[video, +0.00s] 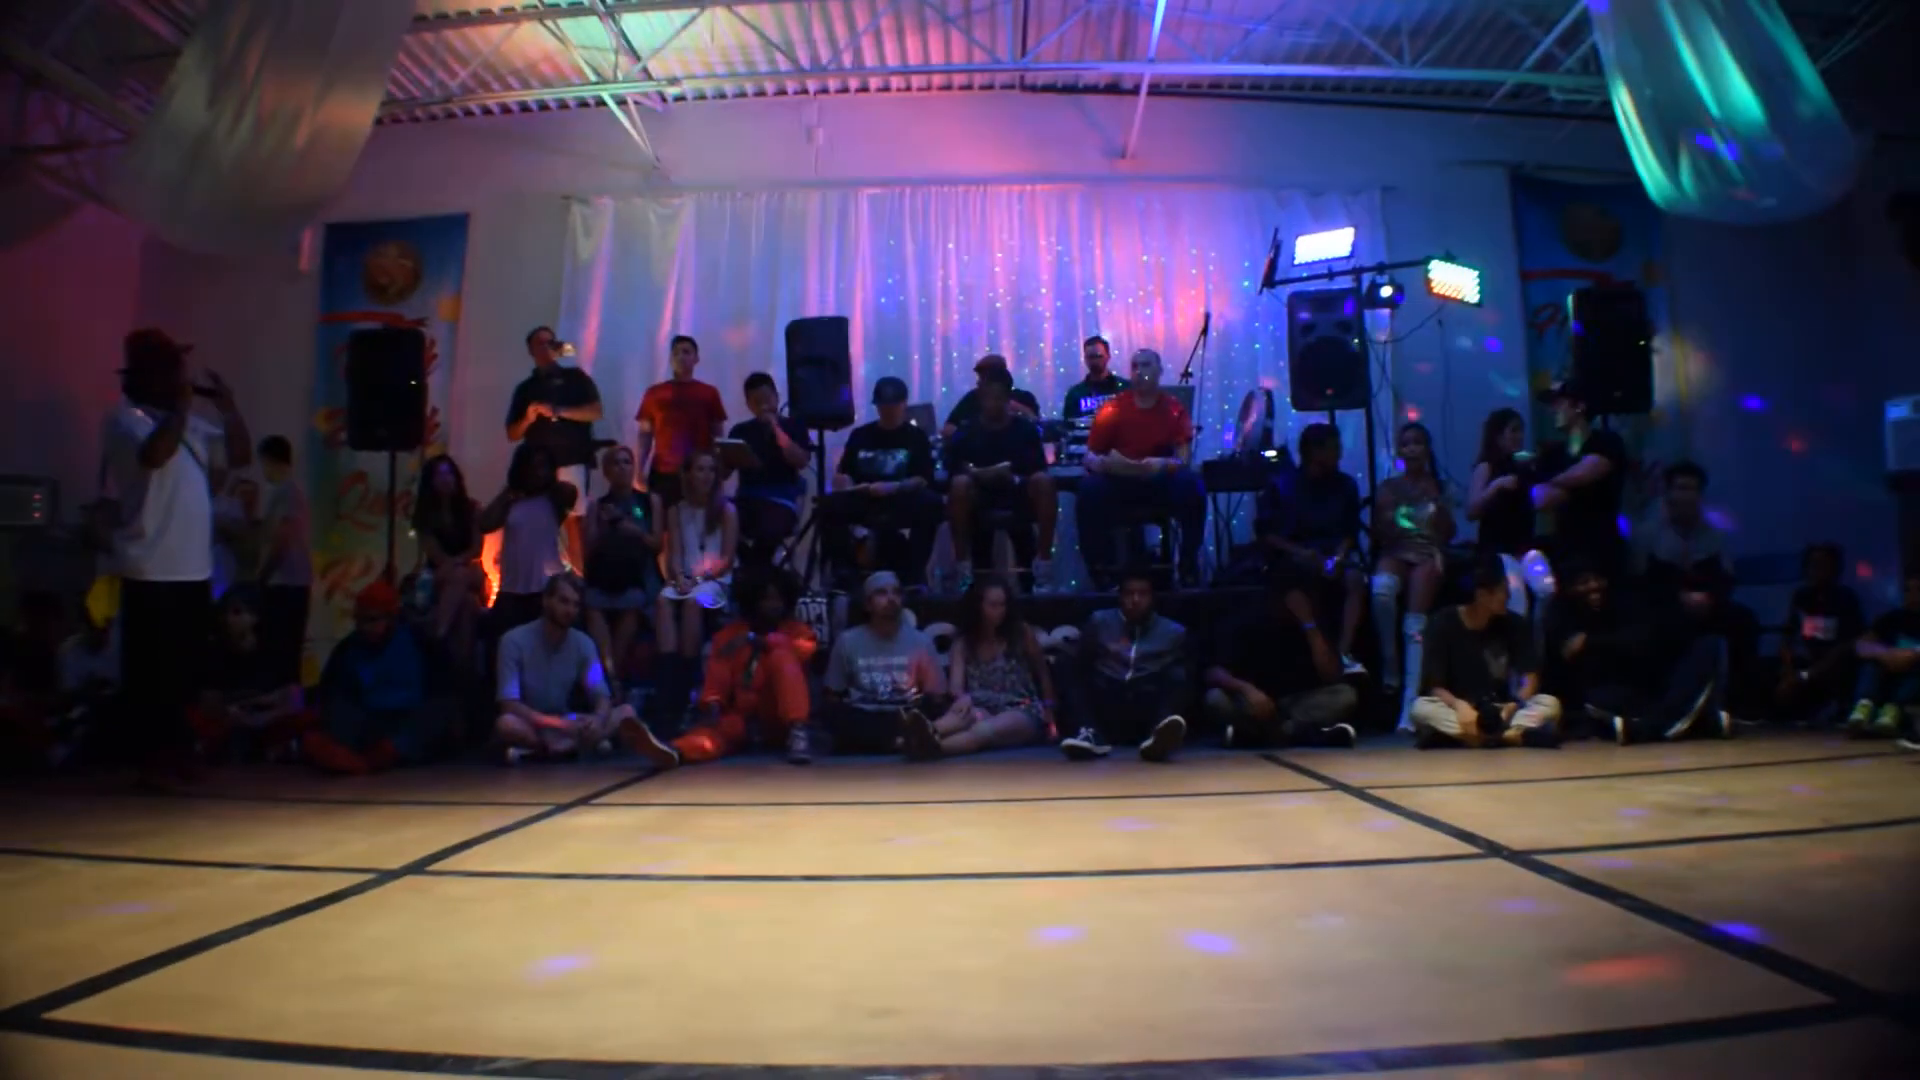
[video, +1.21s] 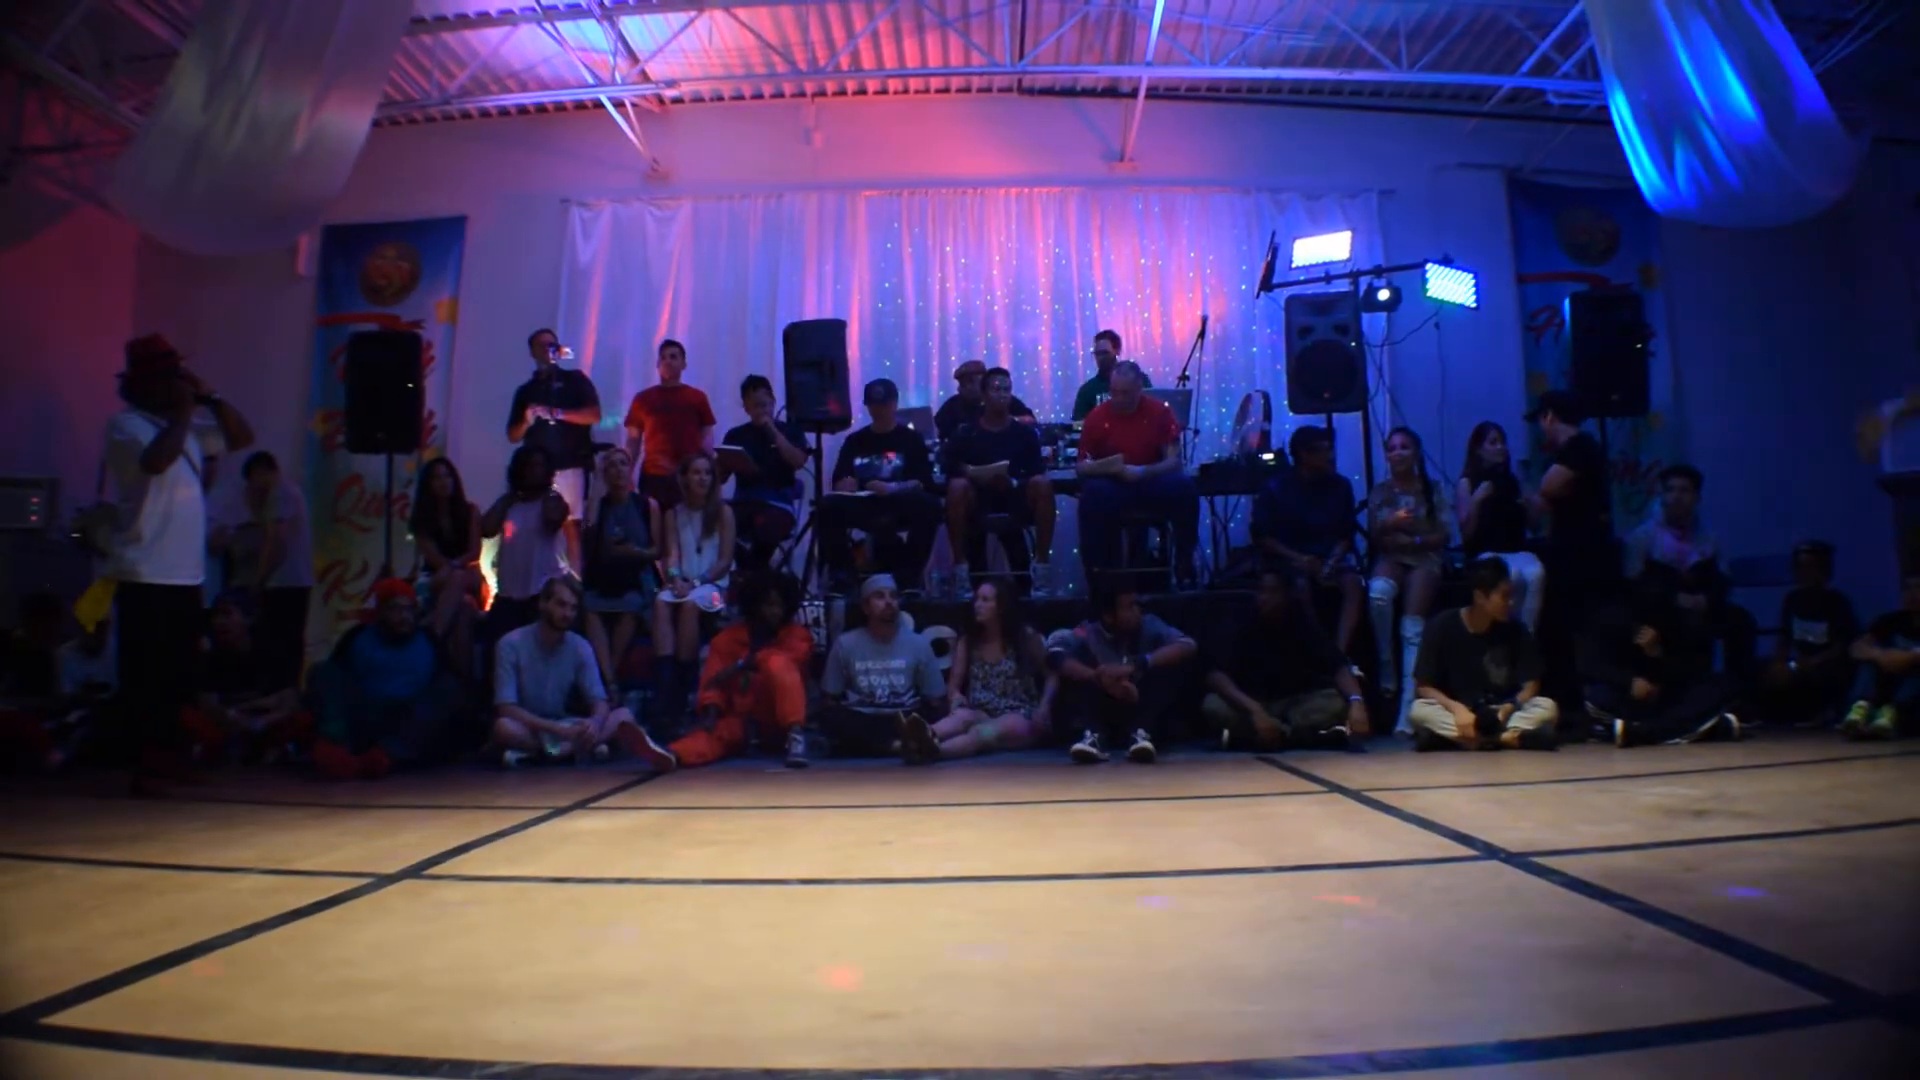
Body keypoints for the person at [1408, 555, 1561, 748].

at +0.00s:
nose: (1506, 597)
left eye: (1506, 591)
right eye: (1500, 591)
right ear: (1481, 595)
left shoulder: (1513, 624)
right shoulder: (1443, 624)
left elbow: (1531, 677)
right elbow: (1434, 686)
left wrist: (1514, 705)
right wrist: (1460, 706)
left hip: (1502, 702)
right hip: (1460, 704)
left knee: (1550, 704)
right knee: (1421, 708)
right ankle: (1508, 736)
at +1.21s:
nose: (1509, 603)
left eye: (1509, 596)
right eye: (1504, 596)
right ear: (1480, 597)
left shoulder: (1514, 631)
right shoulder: (1442, 628)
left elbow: (1531, 683)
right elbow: (1424, 687)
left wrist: (1510, 707)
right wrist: (1457, 709)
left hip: (1502, 707)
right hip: (1458, 708)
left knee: (1546, 707)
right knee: (1419, 710)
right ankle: (1506, 739)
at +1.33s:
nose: (1502, 602)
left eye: (1501, 595)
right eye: (1496, 595)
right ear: (1472, 599)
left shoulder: (1510, 631)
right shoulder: (1436, 629)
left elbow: (1530, 684)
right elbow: (1422, 688)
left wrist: (1510, 707)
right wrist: (1458, 709)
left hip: (1500, 706)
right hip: (1456, 707)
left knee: (1546, 707)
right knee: (1418, 711)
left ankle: (1463, 743)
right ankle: (1507, 739)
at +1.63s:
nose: (1483, 601)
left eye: (1486, 593)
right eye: (1474, 593)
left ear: (1490, 595)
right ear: (1452, 597)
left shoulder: (1502, 629)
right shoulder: (1430, 630)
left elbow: (1528, 685)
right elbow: (1421, 689)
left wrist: (1508, 708)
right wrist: (1457, 707)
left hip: (1498, 705)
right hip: (1454, 708)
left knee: (1546, 707)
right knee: (1418, 711)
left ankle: (1461, 743)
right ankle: (1506, 739)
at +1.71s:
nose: (1475, 599)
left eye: (1480, 592)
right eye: (1467, 591)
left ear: (1487, 597)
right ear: (1448, 594)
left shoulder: (1502, 629)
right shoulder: (1429, 630)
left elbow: (1527, 685)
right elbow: (1421, 689)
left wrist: (1508, 708)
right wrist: (1457, 707)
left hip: (1498, 705)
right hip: (1453, 707)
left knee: (1545, 707)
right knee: (1418, 711)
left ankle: (1461, 744)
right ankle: (1506, 740)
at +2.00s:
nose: (1472, 595)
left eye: (1480, 588)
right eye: (1465, 587)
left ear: (1489, 594)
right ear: (1451, 591)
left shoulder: (1505, 631)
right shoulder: (1432, 630)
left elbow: (1528, 687)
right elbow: (1422, 689)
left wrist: (1508, 708)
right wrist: (1457, 707)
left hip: (1499, 707)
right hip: (1455, 709)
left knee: (1547, 707)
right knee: (1418, 712)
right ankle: (1507, 740)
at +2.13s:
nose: (1477, 590)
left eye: (1485, 584)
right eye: (1469, 583)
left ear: (1494, 591)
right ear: (1455, 589)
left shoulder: (1510, 628)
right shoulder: (1435, 629)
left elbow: (1530, 687)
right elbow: (1425, 690)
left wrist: (1512, 708)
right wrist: (1458, 708)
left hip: (1503, 707)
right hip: (1459, 708)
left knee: (1548, 707)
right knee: (1421, 712)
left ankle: (1470, 744)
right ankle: (1509, 741)